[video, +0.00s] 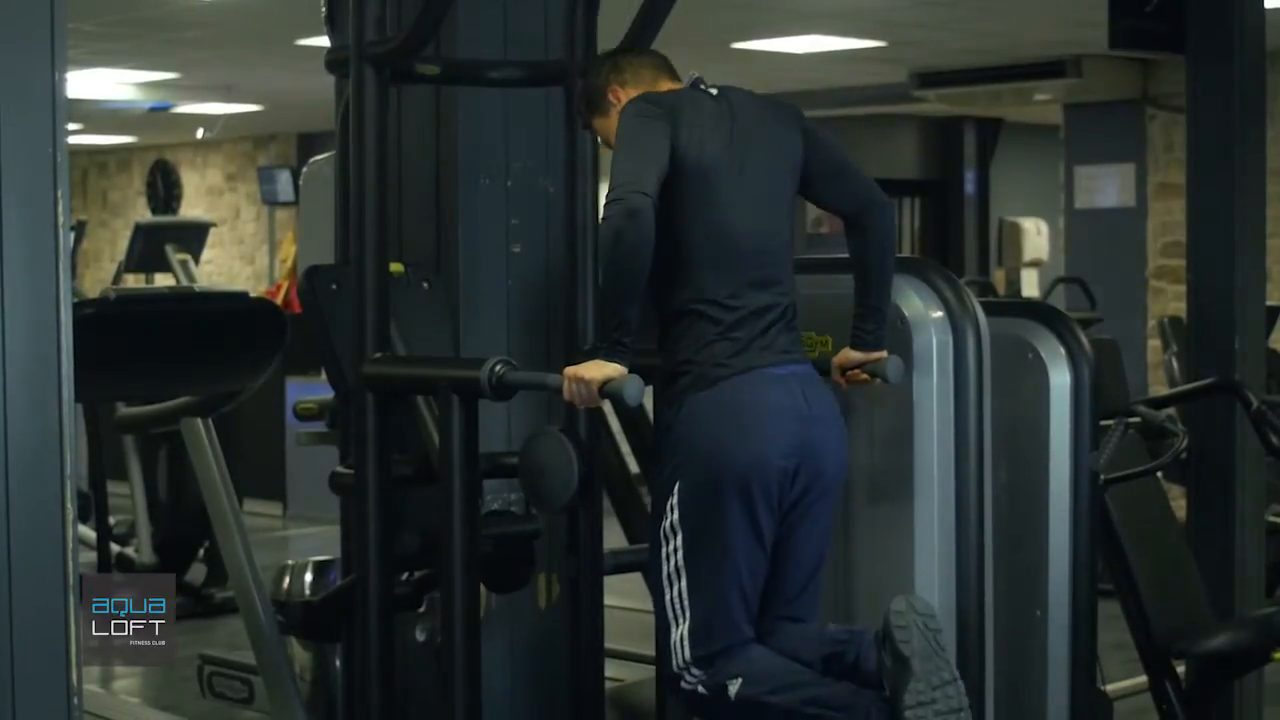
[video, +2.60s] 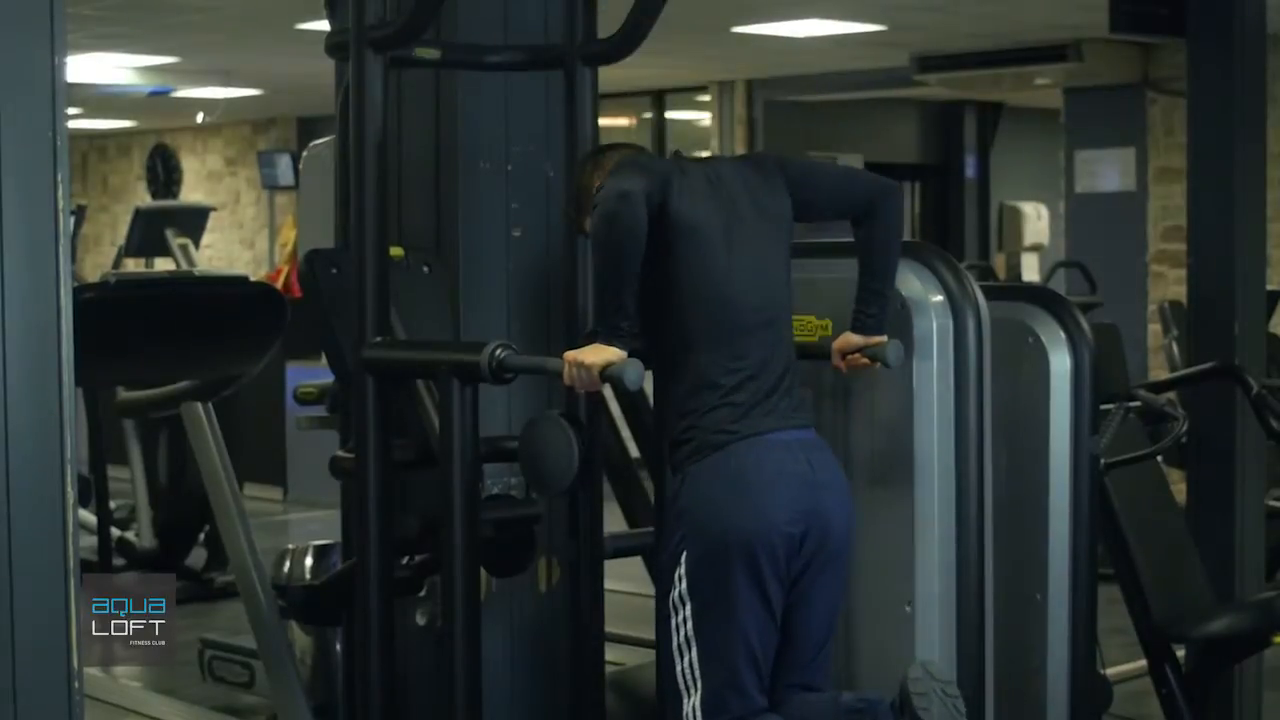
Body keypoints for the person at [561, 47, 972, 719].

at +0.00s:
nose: (611, 148)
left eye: (604, 132)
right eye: (603, 139)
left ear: (617, 98)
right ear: (677, 79)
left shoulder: (647, 115)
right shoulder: (776, 117)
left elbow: (630, 210)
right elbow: (871, 207)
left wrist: (614, 350)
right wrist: (869, 339)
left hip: (720, 411)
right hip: (808, 398)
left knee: (704, 664)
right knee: (780, 635)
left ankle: (880, 705)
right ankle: (881, 654)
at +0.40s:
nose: (595, 225)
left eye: (591, 215)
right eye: (589, 220)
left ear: (604, 189)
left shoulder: (638, 183)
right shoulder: (759, 184)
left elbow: (619, 224)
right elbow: (877, 210)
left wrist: (613, 348)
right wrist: (870, 338)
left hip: (723, 489)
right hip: (809, 471)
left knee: (714, 704)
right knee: (799, 701)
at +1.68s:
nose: (608, 132)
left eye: (601, 117)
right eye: (600, 125)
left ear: (611, 80)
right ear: (670, 58)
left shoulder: (644, 93)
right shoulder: (772, 99)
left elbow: (634, 202)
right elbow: (861, 196)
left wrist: (613, 340)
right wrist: (867, 328)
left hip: (718, 384)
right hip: (807, 375)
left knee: (704, 639)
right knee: (772, 604)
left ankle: (885, 690)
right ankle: (874, 614)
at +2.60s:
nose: (597, 223)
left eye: (594, 212)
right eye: (591, 220)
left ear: (606, 182)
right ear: (648, 155)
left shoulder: (634, 173)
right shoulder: (761, 172)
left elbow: (622, 209)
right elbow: (880, 197)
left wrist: (610, 334)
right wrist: (868, 325)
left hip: (723, 483)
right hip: (812, 465)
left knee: (722, 706)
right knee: (798, 696)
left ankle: (894, 708)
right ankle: (899, 708)